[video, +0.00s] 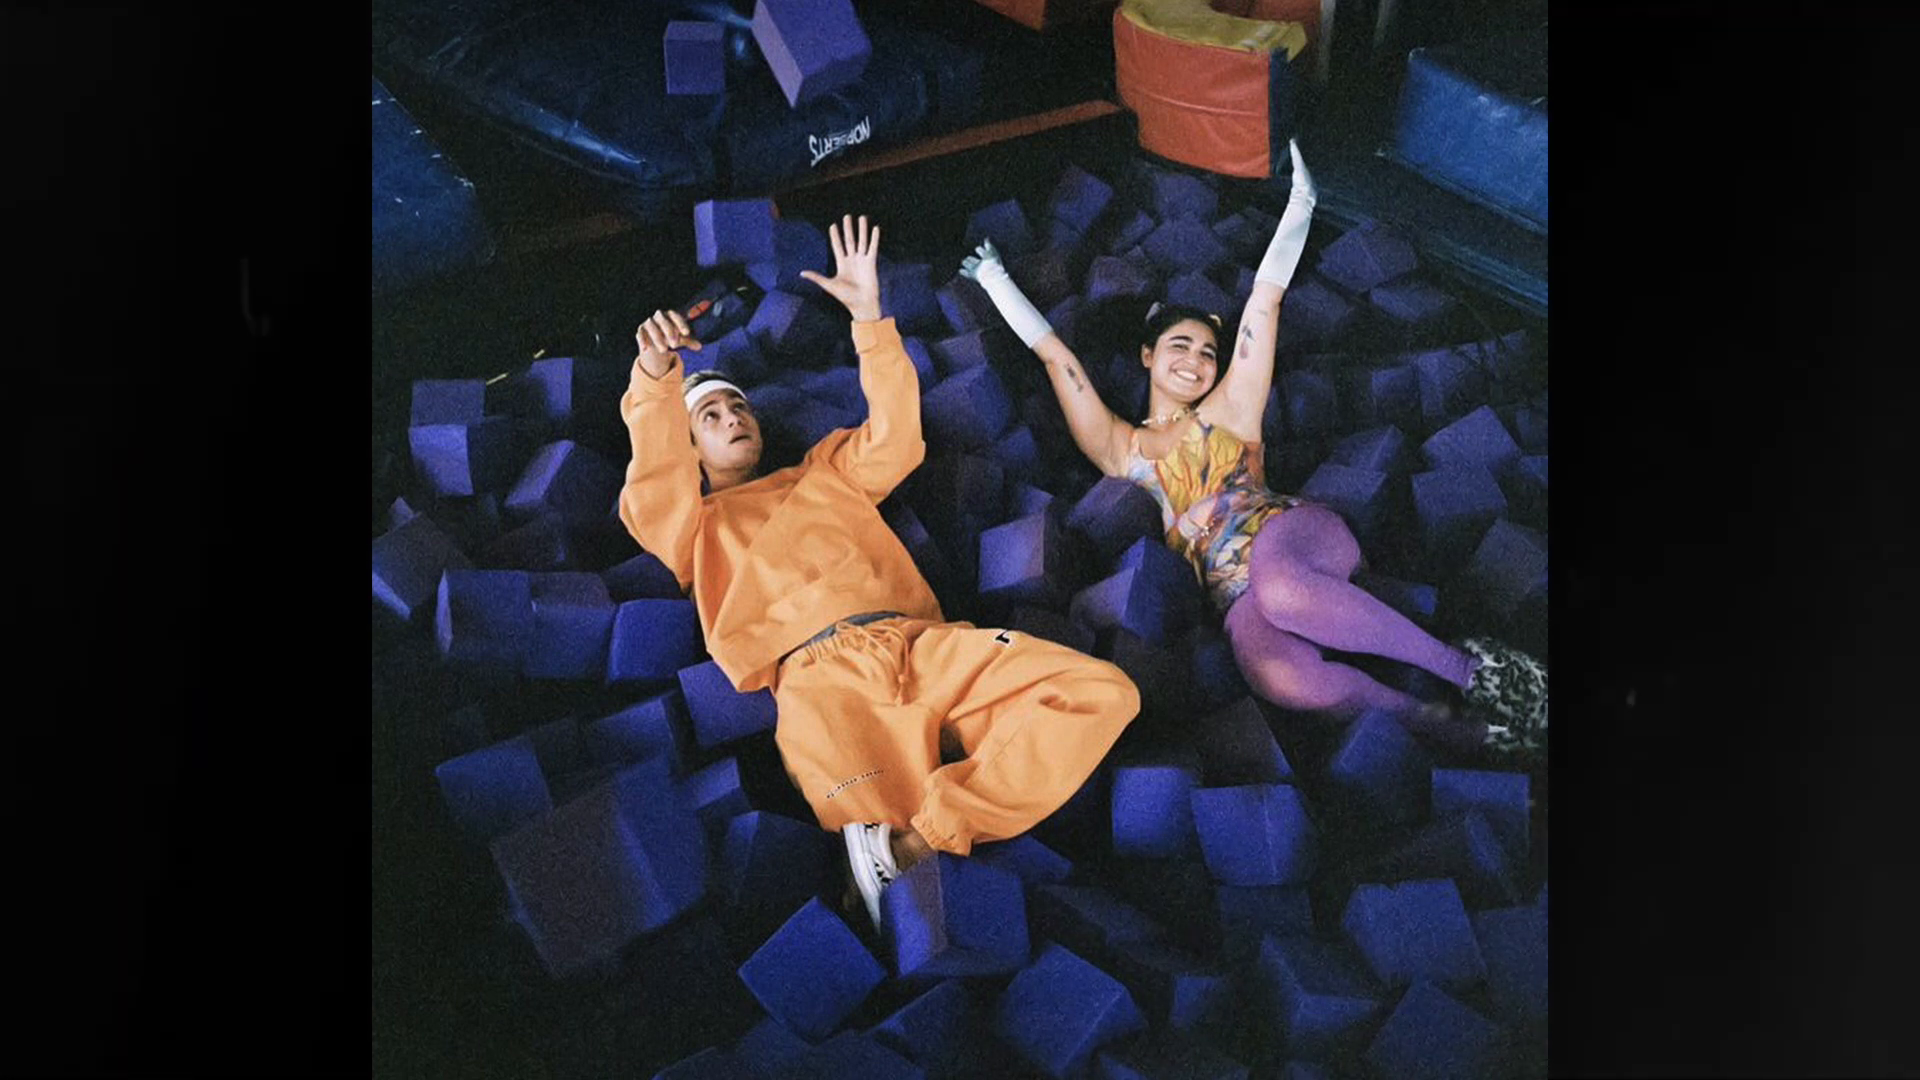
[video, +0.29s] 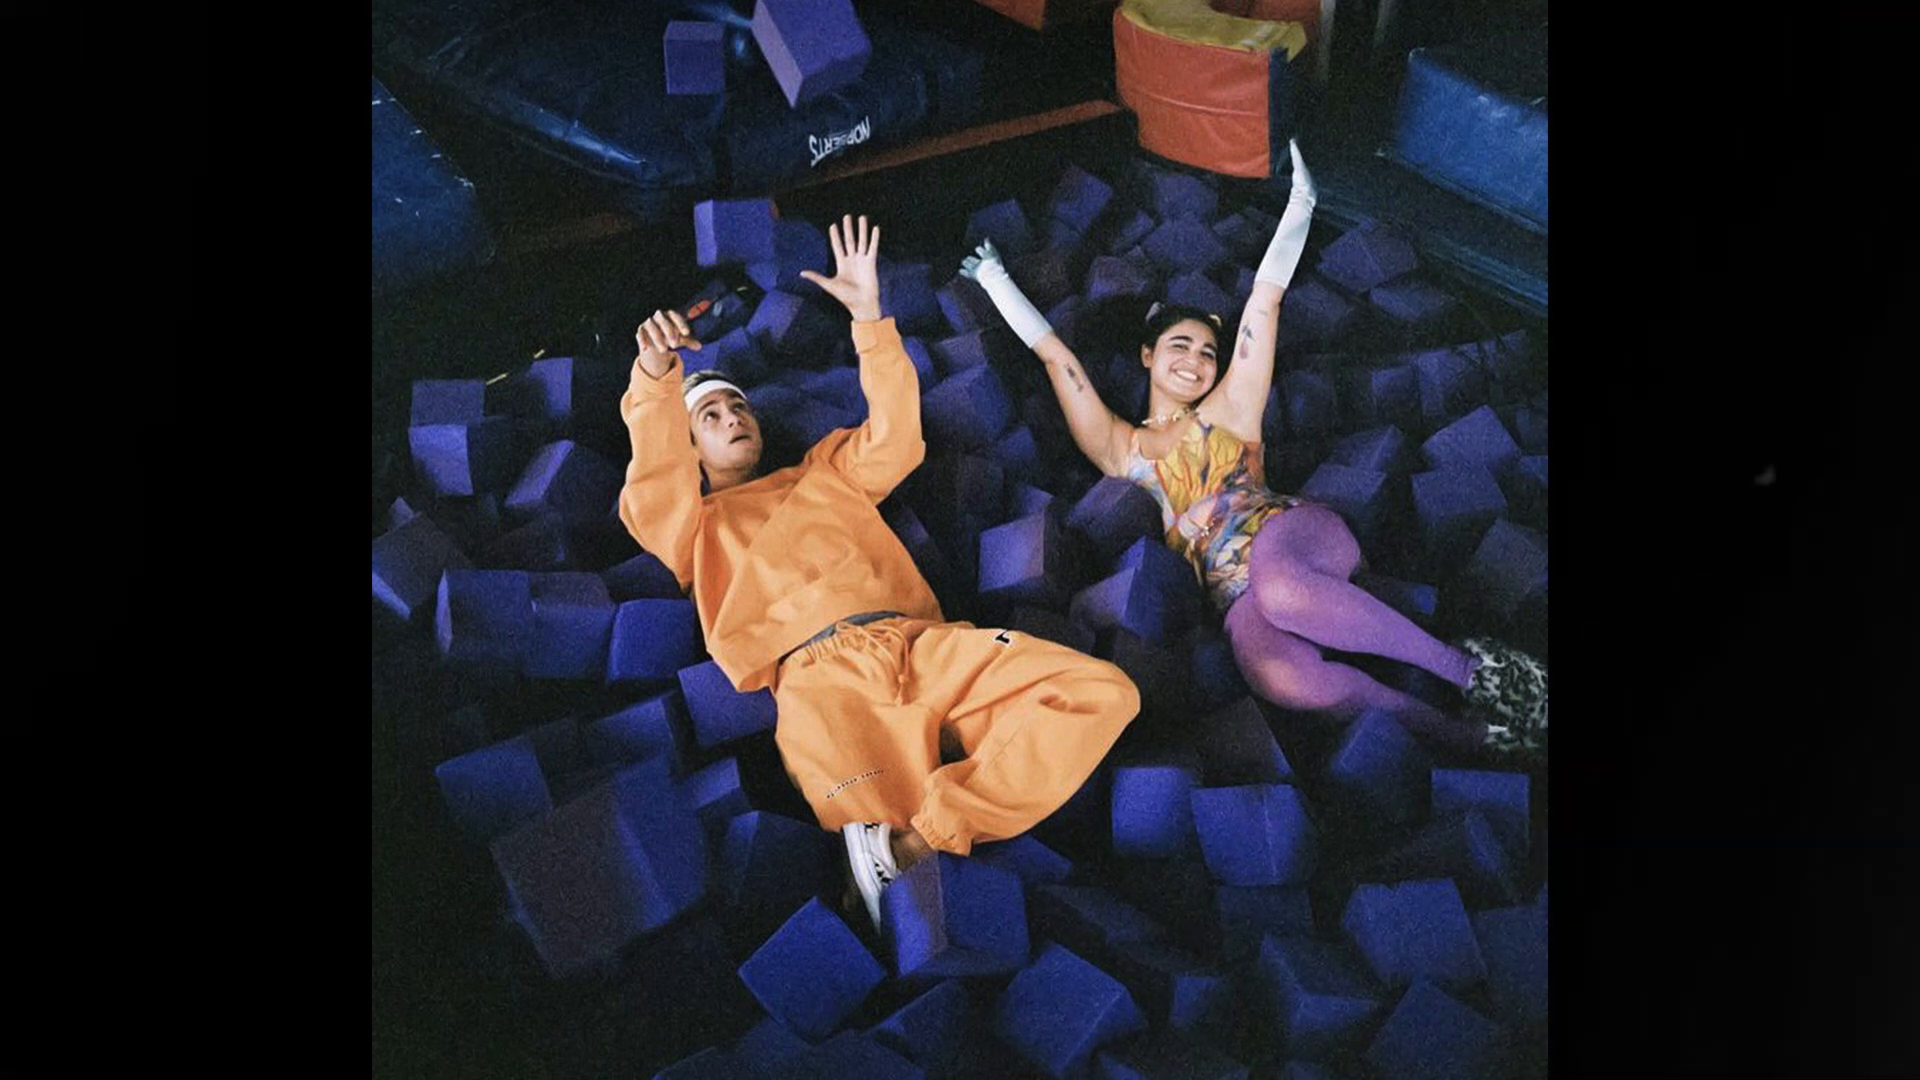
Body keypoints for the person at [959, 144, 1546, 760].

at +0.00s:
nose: (1190, 359)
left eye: (1204, 353)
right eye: (1176, 346)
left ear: (1216, 370)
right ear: (1145, 358)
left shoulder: (1230, 411)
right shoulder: (1122, 449)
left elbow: (1264, 304)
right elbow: (1057, 359)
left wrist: (1299, 209)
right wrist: (992, 277)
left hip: (1288, 531)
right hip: (1238, 596)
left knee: (1280, 593)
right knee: (1285, 680)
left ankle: (1472, 671)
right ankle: (1450, 723)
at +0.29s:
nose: (1191, 360)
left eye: (1204, 353)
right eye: (1176, 346)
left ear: (1216, 370)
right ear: (1145, 358)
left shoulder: (1230, 411)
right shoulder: (1122, 448)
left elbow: (1264, 304)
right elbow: (1057, 359)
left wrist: (1298, 209)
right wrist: (992, 277)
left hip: (1289, 532)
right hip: (1239, 597)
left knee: (1278, 593)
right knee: (1285, 680)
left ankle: (1471, 670)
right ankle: (1462, 732)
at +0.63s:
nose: (1190, 359)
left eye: (1204, 353)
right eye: (1176, 346)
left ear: (1216, 370)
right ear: (1145, 358)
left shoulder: (1230, 410)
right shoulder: (1123, 449)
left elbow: (1264, 305)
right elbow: (1057, 359)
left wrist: (1298, 209)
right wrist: (992, 277)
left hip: (1289, 532)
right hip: (1239, 597)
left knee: (1279, 593)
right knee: (1285, 679)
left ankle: (1471, 670)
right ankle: (1461, 732)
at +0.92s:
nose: (1191, 360)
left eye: (1205, 354)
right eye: (1177, 346)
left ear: (1217, 370)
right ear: (1145, 358)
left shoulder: (1230, 411)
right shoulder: (1123, 449)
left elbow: (1264, 304)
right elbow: (1057, 359)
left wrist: (1298, 209)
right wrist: (992, 277)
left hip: (1291, 532)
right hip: (1240, 598)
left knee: (1277, 592)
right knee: (1285, 680)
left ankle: (1471, 670)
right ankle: (1458, 731)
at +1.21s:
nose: (1190, 359)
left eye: (1204, 353)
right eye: (1176, 346)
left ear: (1216, 370)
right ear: (1145, 359)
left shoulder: (1230, 410)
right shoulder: (1123, 448)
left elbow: (1264, 304)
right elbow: (1057, 359)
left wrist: (1298, 208)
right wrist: (992, 277)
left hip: (1290, 532)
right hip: (1239, 598)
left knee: (1278, 593)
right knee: (1286, 680)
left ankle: (1471, 670)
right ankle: (1459, 732)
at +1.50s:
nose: (1190, 359)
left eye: (1204, 353)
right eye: (1176, 346)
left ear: (1216, 370)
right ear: (1145, 358)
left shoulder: (1230, 411)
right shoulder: (1122, 449)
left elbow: (1264, 304)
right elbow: (1057, 359)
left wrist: (1299, 209)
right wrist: (992, 277)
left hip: (1288, 531)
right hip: (1238, 596)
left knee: (1279, 593)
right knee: (1286, 680)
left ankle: (1471, 671)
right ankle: (1462, 733)